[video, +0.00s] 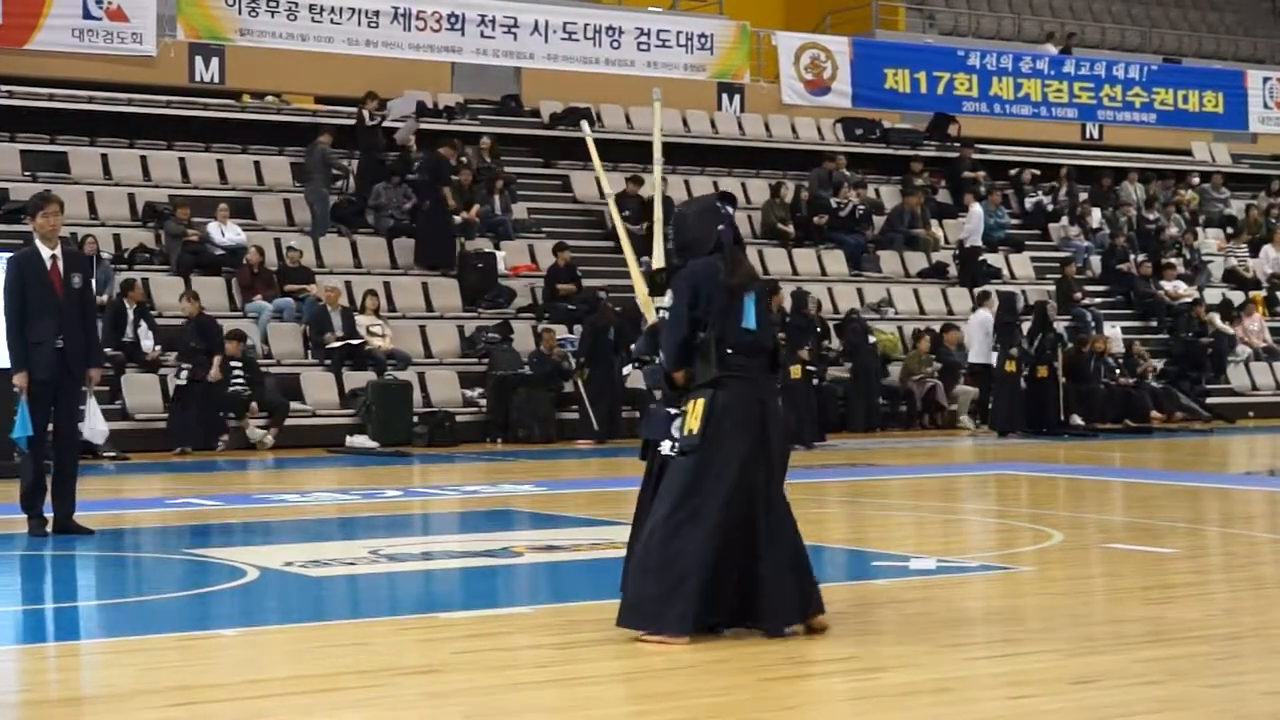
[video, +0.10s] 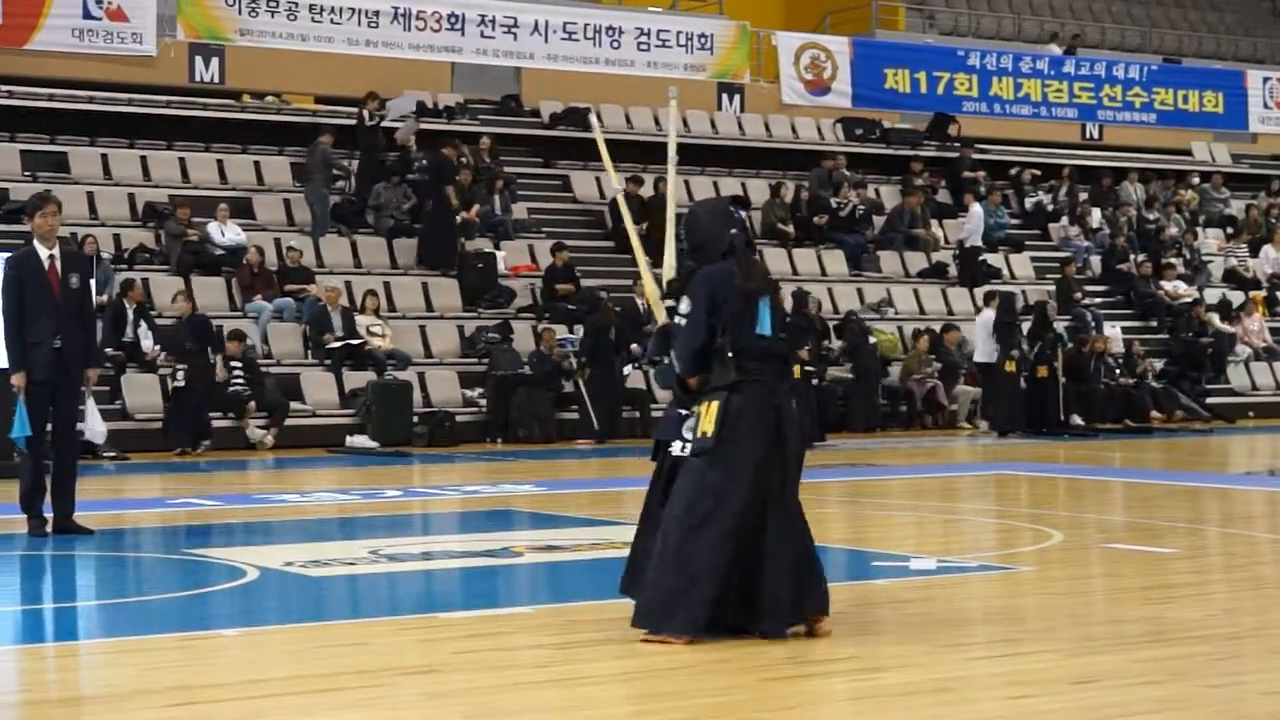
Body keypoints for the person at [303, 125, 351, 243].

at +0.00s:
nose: (329, 142)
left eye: (329, 139)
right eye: (329, 139)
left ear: (319, 137)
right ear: (327, 138)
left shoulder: (310, 149)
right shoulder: (324, 149)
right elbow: (334, 163)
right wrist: (347, 170)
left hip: (309, 188)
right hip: (320, 189)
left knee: (316, 221)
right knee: (323, 221)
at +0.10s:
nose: (331, 141)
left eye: (331, 139)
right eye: (330, 139)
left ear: (320, 136)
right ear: (327, 138)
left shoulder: (311, 149)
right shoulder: (325, 149)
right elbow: (335, 163)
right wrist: (348, 171)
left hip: (309, 188)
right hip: (320, 189)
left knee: (316, 222)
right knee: (323, 222)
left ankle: (318, 255)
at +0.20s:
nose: (332, 141)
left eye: (332, 138)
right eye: (332, 138)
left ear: (321, 137)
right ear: (329, 138)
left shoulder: (312, 149)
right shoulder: (325, 149)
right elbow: (335, 163)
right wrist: (348, 169)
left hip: (310, 188)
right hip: (320, 189)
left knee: (316, 221)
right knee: (322, 222)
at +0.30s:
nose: (333, 141)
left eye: (334, 139)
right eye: (333, 138)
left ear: (322, 137)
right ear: (329, 138)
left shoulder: (314, 148)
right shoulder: (326, 149)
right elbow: (336, 161)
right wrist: (351, 166)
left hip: (311, 188)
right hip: (320, 189)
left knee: (317, 219)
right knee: (323, 219)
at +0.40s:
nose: (334, 141)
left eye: (334, 139)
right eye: (334, 138)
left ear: (324, 136)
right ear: (331, 137)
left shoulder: (315, 148)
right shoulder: (326, 148)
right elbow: (337, 157)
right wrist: (354, 158)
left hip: (312, 188)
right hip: (321, 189)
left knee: (320, 222)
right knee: (323, 223)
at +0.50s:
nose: (336, 141)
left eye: (336, 138)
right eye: (336, 138)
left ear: (325, 135)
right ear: (333, 136)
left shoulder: (317, 148)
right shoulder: (326, 148)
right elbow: (338, 155)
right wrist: (353, 153)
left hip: (315, 189)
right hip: (322, 191)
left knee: (323, 224)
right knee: (324, 225)